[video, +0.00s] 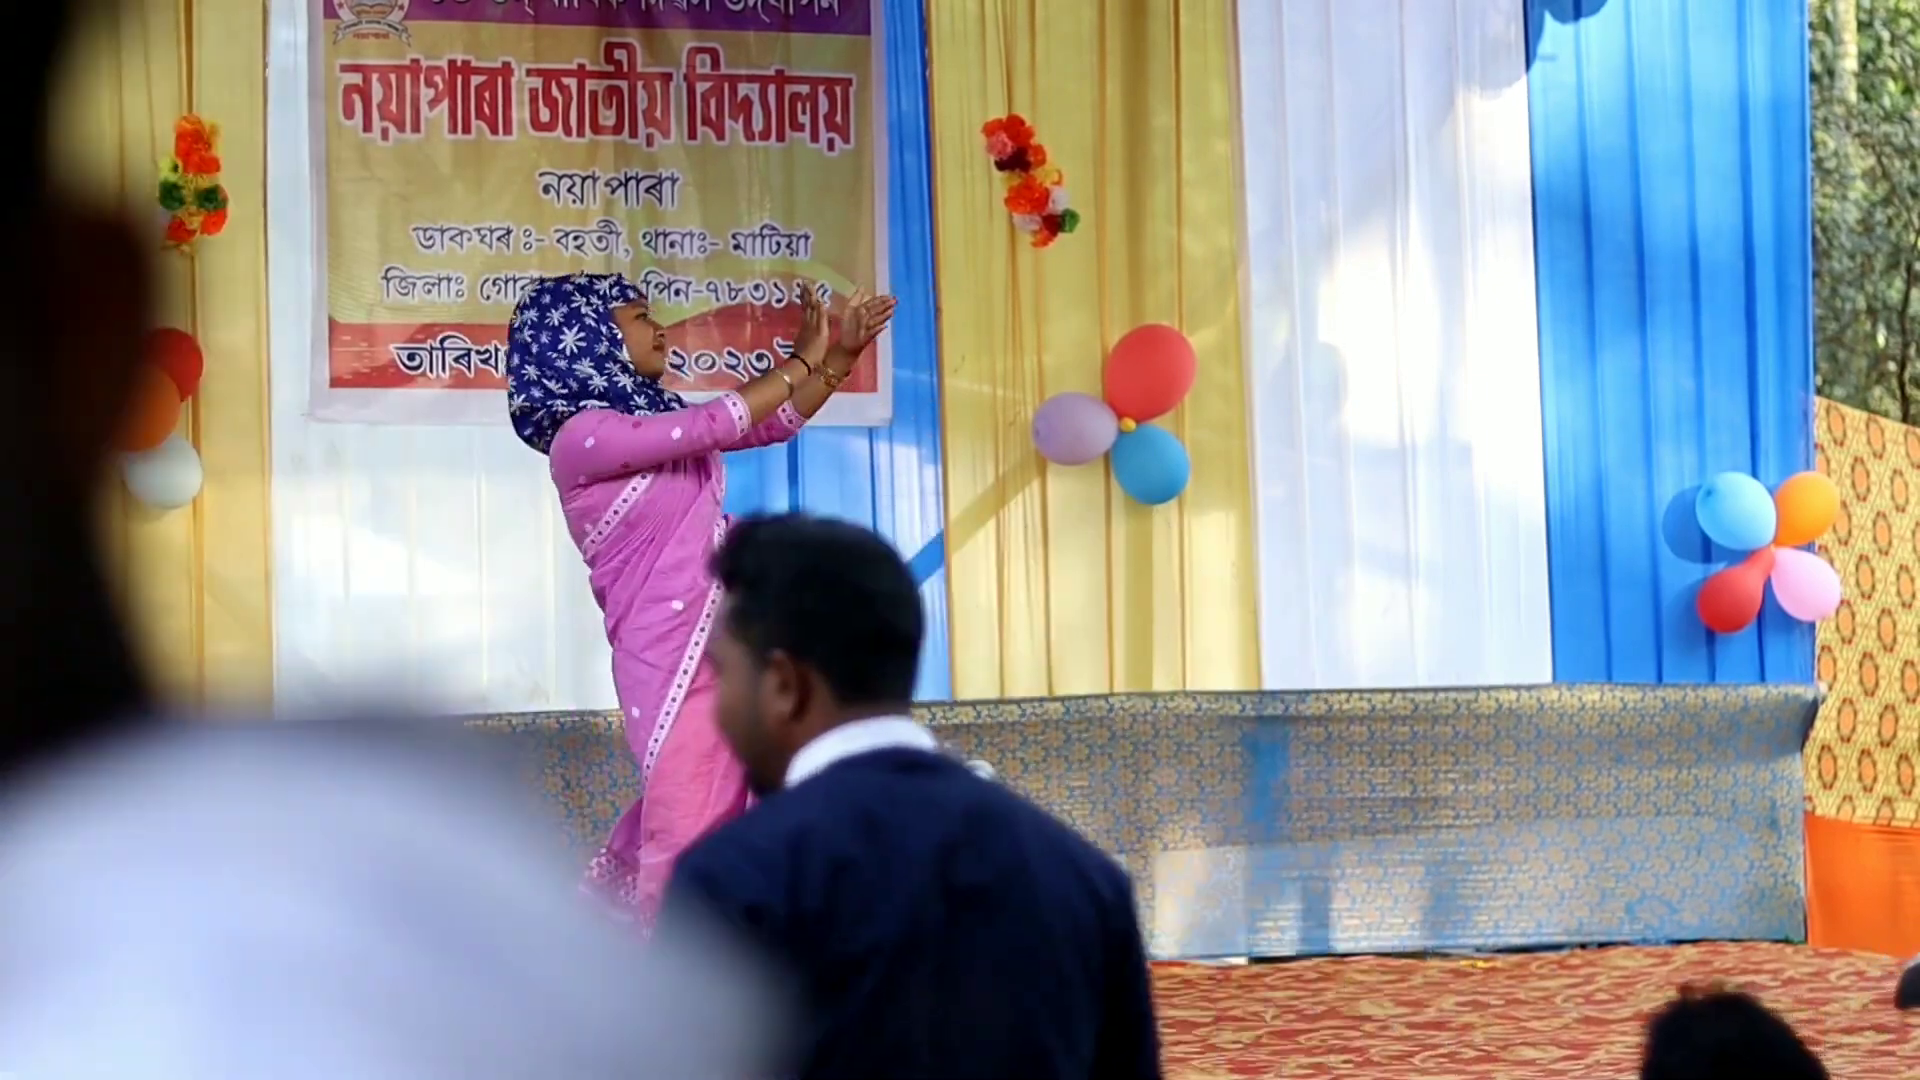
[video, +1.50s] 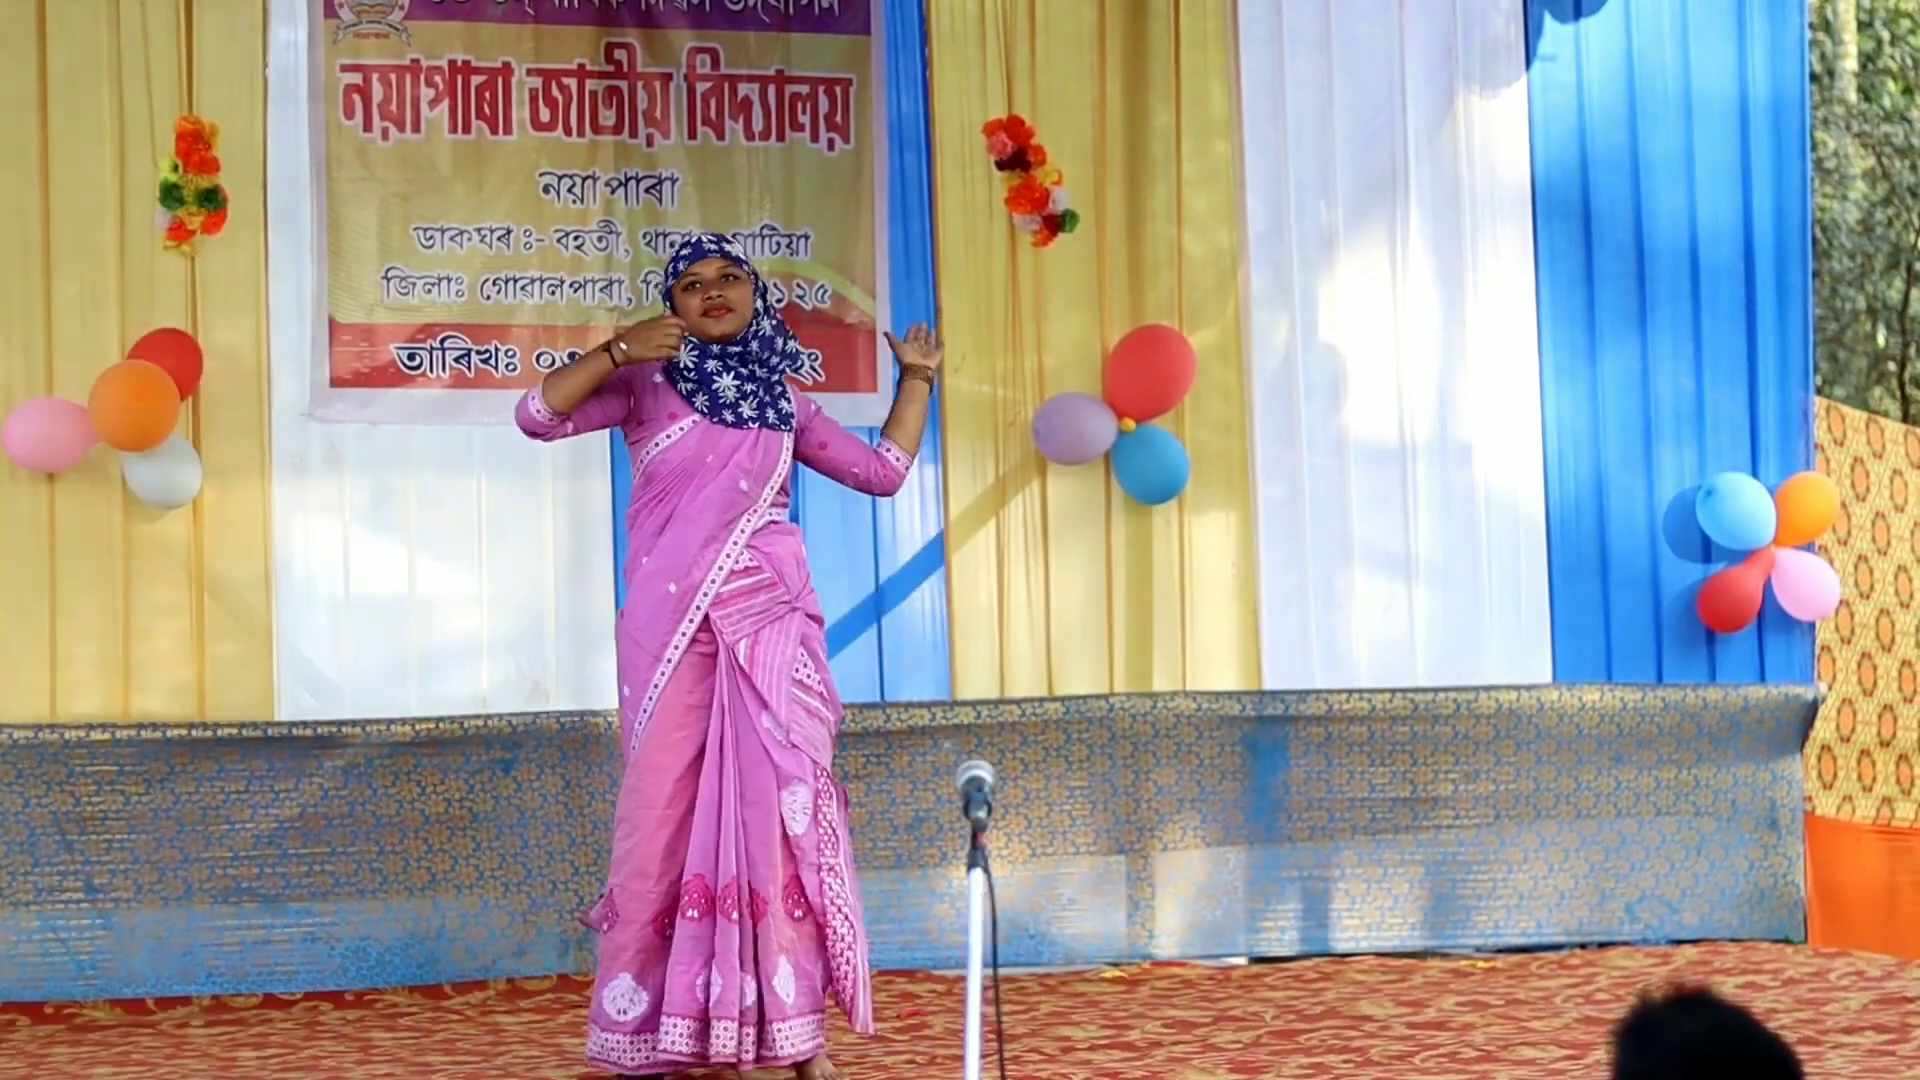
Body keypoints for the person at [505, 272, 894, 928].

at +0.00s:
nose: (660, 333)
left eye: (650, 318)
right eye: (640, 321)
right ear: (593, 342)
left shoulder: (658, 425)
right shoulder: (586, 437)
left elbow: (769, 425)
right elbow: (718, 421)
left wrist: (837, 359)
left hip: (725, 652)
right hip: (669, 666)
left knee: (729, 825)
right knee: (683, 833)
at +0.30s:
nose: (660, 344)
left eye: (651, 331)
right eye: (641, 333)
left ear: (615, 363)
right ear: (595, 362)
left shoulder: (671, 429)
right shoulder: (581, 467)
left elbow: (786, 408)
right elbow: (645, 546)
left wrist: (878, 356)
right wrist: (702, 458)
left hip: (736, 668)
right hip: (659, 689)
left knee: (838, 797)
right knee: (691, 849)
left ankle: (837, 1016)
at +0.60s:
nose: (671, 318)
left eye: (664, 305)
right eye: (653, 306)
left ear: (618, 329)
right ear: (606, 325)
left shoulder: (662, 412)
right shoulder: (584, 420)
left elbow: (779, 438)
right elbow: (686, 480)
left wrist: (879, 397)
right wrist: (750, 401)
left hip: (718, 648)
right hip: (640, 665)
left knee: (789, 817)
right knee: (661, 846)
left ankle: (829, 1021)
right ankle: (645, 1037)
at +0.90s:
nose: (675, 328)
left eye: (671, 314)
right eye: (654, 316)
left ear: (660, 328)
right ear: (604, 335)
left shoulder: (676, 420)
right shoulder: (594, 432)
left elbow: (772, 469)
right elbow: (681, 514)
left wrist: (868, 472)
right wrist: (795, 548)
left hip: (723, 653)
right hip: (647, 667)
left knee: (757, 828)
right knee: (669, 843)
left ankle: (766, 1028)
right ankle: (654, 1035)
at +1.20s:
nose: (691, 304)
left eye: (696, 290)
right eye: (667, 296)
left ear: (711, 303)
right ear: (631, 320)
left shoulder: (743, 410)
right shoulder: (609, 404)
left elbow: (825, 493)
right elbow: (521, 476)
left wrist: (924, 527)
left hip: (733, 653)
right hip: (632, 659)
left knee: (763, 831)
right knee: (643, 852)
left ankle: (759, 1040)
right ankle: (648, 1042)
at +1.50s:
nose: (714, 295)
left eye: (729, 282)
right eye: (695, 286)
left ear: (757, 300)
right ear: (673, 309)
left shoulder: (781, 402)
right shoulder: (646, 385)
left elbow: (882, 470)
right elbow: (536, 414)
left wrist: (916, 377)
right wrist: (615, 347)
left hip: (772, 626)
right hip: (671, 629)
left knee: (784, 813)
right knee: (664, 816)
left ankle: (787, 1026)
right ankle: (652, 1029)